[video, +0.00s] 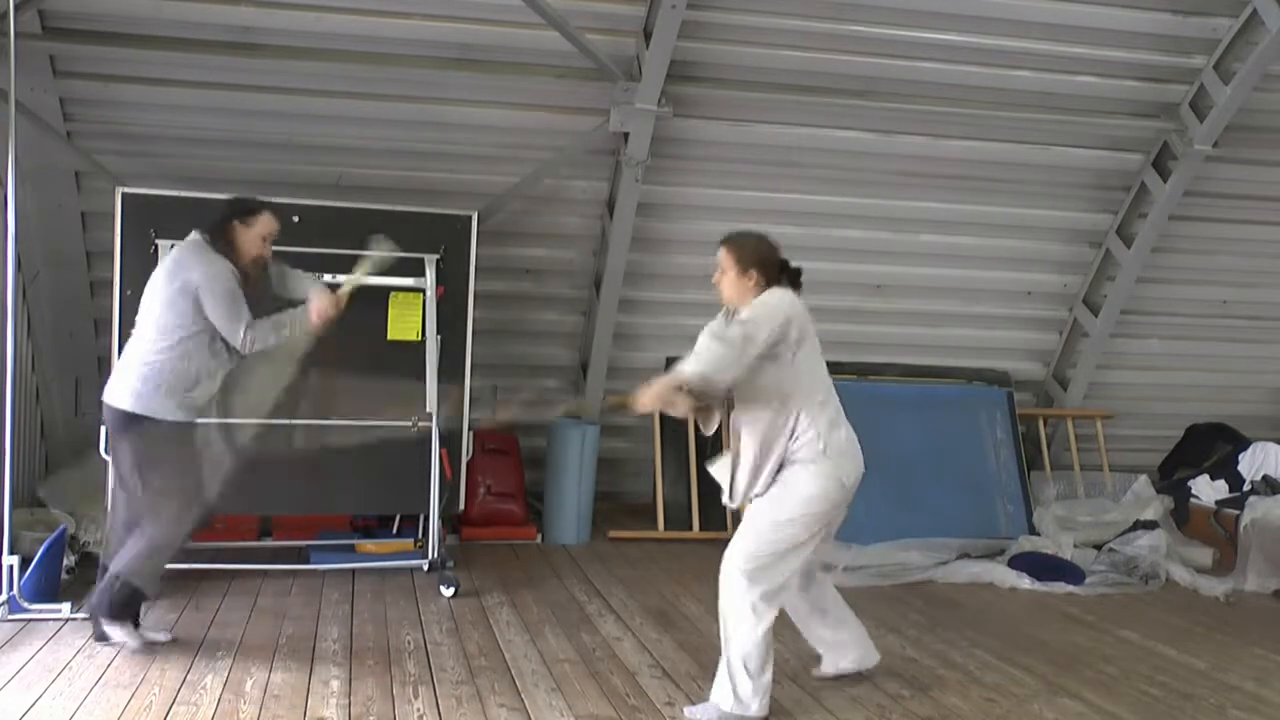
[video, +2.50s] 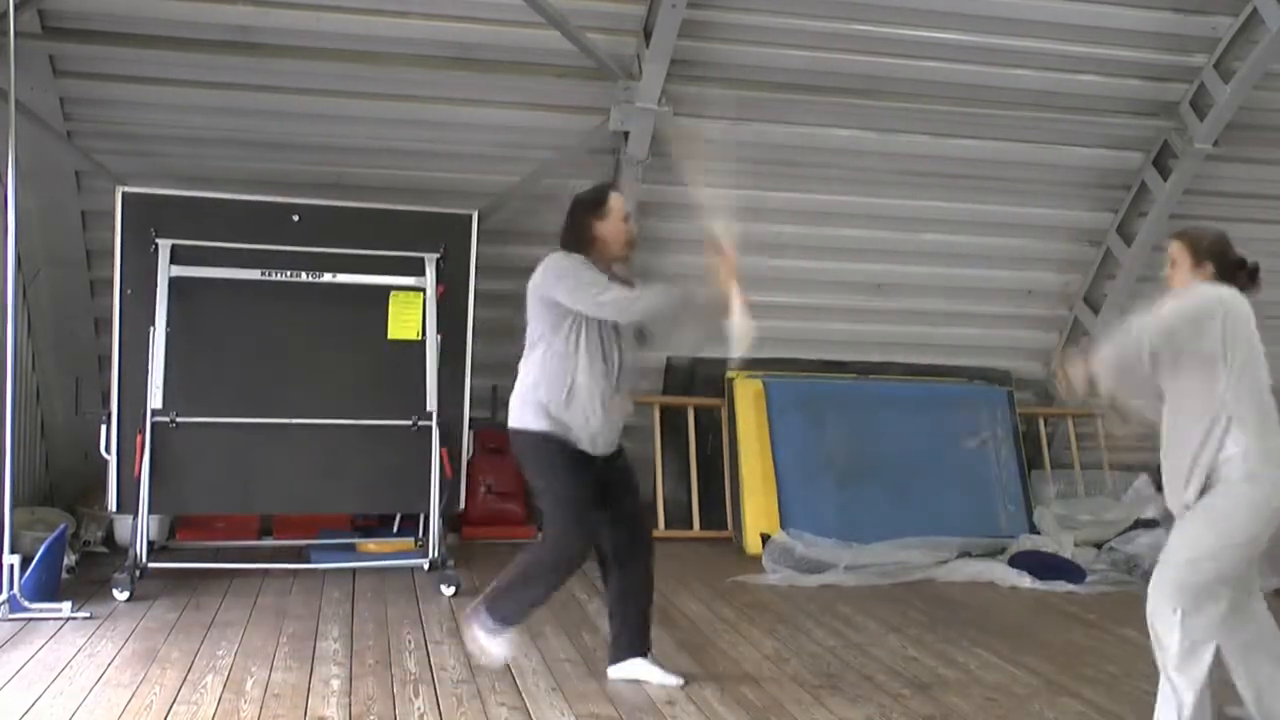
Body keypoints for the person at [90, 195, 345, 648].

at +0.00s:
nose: (268, 252)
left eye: (271, 242)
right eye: (263, 239)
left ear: (235, 230)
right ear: (237, 228)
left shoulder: (196, 254)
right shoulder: (211, 268)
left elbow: (278, 276)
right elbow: (246, 337)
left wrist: (319, 289)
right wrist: (308, 318)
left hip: (131, 402)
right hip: (152, 409)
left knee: (135, 509)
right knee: (177, 507)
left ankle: (120, 612)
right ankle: (113, 606)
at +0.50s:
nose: (282, 243)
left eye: (287, 234)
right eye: (276, 231)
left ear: (284, 237)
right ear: (244, 224)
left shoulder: (277, 273)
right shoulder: (206, 258)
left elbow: (333, 225)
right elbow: (211, 161)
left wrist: (310, 161)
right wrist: (257, 121)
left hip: (234, 418)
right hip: (188, 408)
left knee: (189, 524)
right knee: (221, 525)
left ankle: (124, 611)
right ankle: (183, 654)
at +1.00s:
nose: (416, 245)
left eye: (418, 235)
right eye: (409, 232)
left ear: (396, 233)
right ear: (379, 227)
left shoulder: (382, 279)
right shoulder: (348, 270)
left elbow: (439, 306)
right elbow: (409, 328)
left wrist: (502, 301)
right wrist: (495, 327)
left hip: (366, 432)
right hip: (333, 427)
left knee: (408, 537)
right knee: (385, 541)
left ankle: (378, 653)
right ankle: (289, 619)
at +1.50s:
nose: (529, 237)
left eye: (530, 226)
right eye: (524, 226)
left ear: (482, 227)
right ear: (496, 226)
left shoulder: (450, 270)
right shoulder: (480, 265)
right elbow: (553, 281)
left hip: (469, 429)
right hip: (453, 432)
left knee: (533, 510)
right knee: (473, 557)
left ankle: (519, 627)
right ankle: (431, 690)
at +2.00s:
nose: (570, 267)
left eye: (574, 257)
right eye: (568, 254)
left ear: (534, 239)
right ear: (546, 243)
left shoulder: (493, 268)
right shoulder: (511, 277)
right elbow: (575, 329)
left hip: (488, 430)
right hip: (468, 429)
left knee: (548, 508)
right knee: (472, 549)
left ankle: (524, 628)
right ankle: (413, 678)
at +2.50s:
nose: (631, 227)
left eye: (630, 218)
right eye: (622, 218)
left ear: (605, 228)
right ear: (592, 225)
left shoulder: (622, 291)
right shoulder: (557, 270)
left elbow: (666, 333)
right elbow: (627, 307)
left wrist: (721, 308)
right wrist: (703, 293)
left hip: (597, 435)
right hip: (544, 426)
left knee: (629, 539)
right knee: (572, 537)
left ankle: (629, 657)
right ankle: (490, 618)